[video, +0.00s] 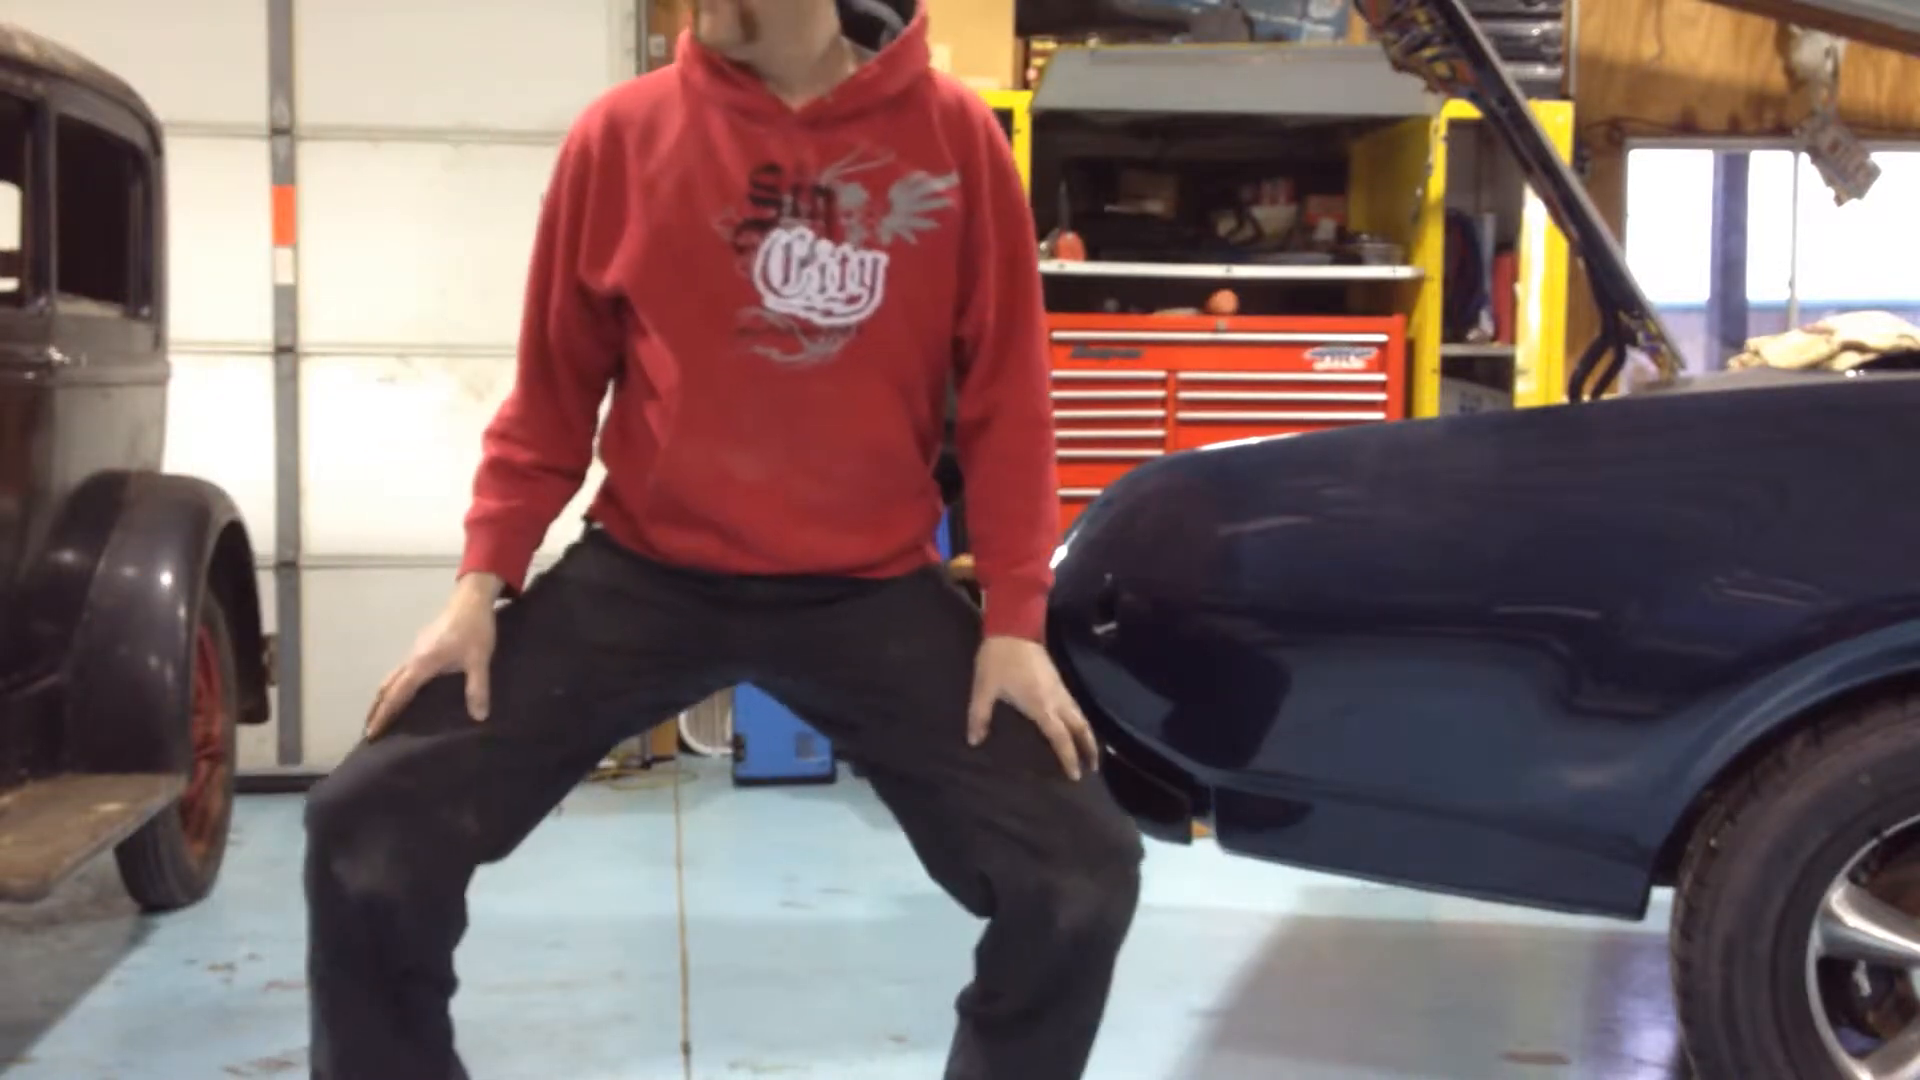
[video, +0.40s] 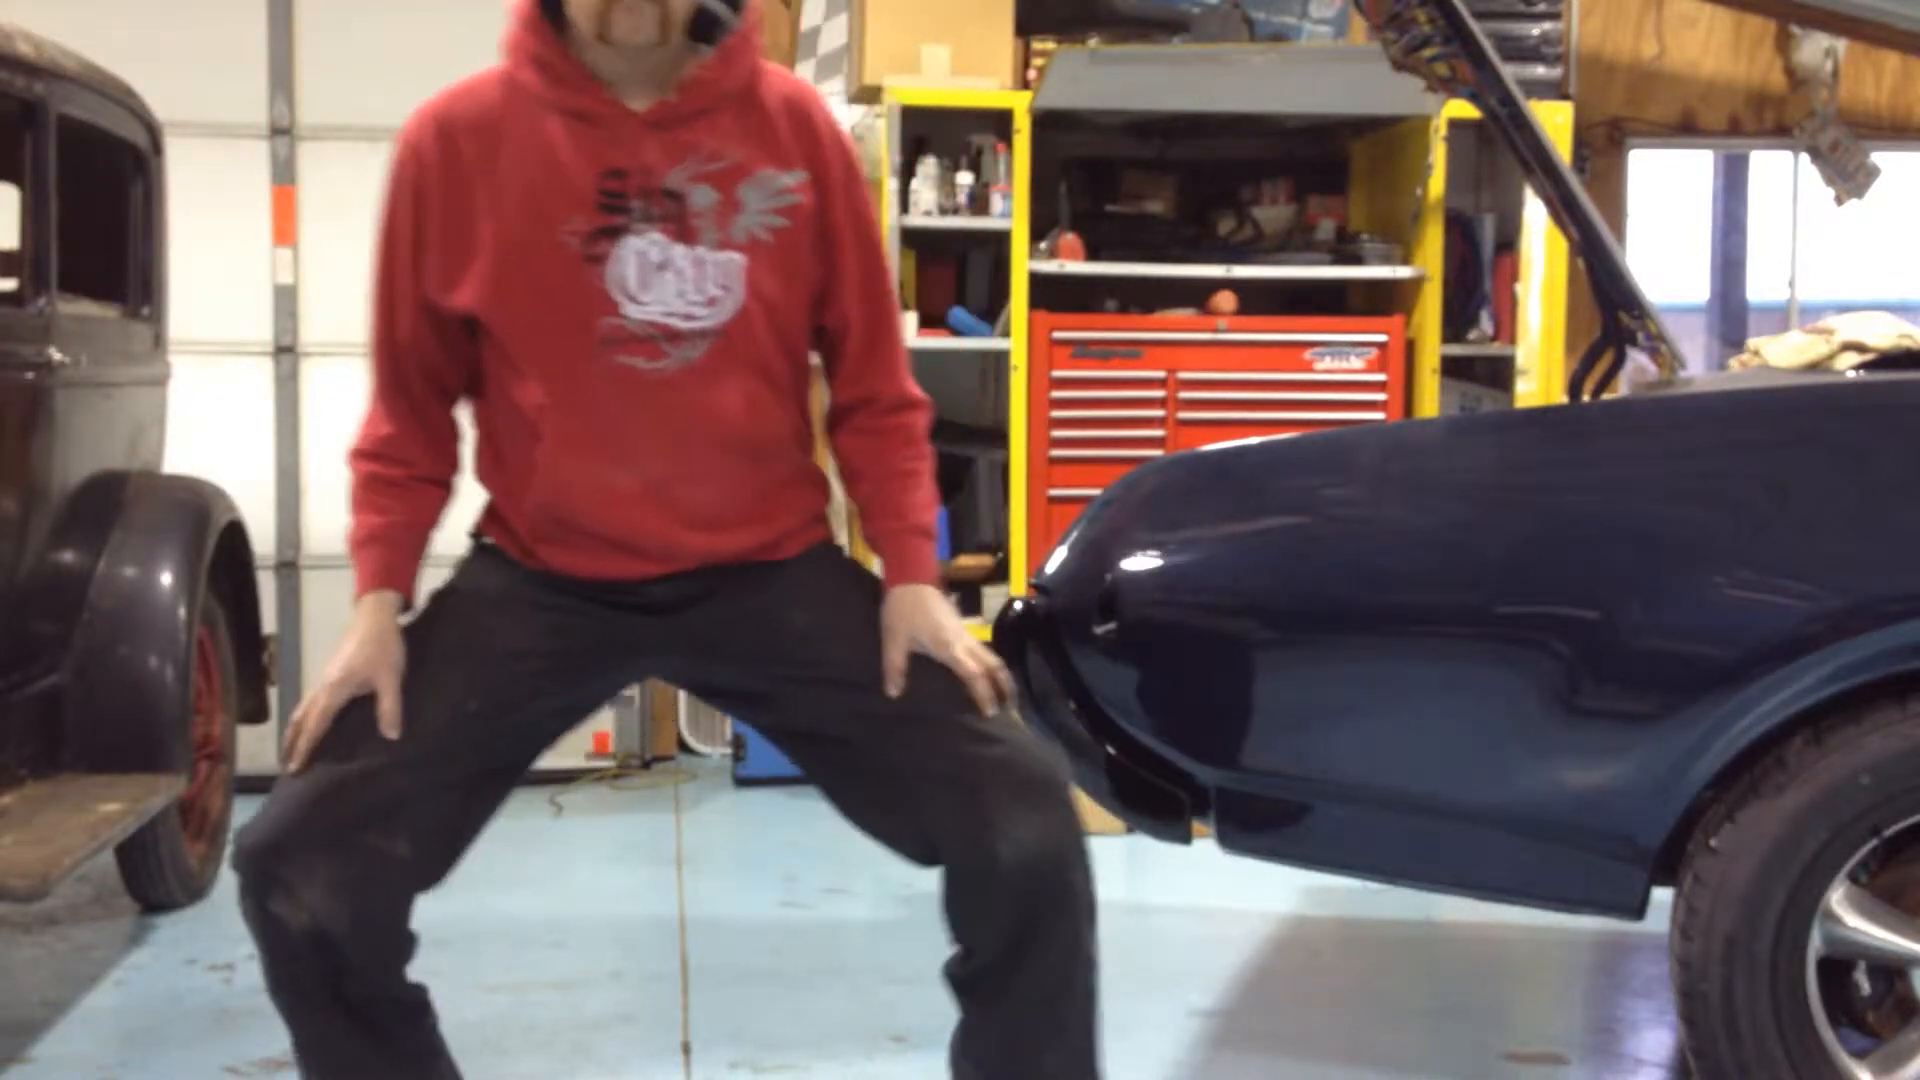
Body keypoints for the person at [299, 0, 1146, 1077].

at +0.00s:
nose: (705, 3)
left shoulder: (954, 135)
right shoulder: (624, 134)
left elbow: (1006, 389)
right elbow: (554, 384)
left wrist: (1016, 622)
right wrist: (480, 582)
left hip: (872, 595)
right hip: (643, 580)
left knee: (1081, 870)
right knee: (371, 825)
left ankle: (999, 1073)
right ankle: (393, 1072)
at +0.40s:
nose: (640, 11)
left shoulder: (793, 125)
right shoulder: (458, 143)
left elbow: (871, 373)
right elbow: (409, 401)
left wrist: (913, 572)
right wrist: (376, 600)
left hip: (770, 576)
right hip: (540, 582)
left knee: (1023, 822)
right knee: (305, 864)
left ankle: (1025, 1063)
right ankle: (398, 1067)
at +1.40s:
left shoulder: (969, 135)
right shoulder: (637, 123)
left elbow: (1026, 384)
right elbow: (566, 365)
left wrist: (1039, 601)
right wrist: (509, 561)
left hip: (892, 581)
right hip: (668, 564)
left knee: (1083, 857)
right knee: (401, 812)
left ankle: (985, 1073)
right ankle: (390, 1071)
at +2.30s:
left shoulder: (827, 110)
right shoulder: (499, 100)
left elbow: (908, 352)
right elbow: (429, 342)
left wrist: (932, 560)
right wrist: (396, 556)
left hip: (758, 551)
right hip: (536, 556)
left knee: (995, 810)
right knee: (351, 883)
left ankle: (990, 1065)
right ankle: (419, 1070)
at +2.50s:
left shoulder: (713, 55)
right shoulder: (375, 41)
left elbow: (845, 254)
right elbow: (265, 272)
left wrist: (924, 465)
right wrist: (260, 497)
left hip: (651, 500)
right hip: (433, 513)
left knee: (876, 780)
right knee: (351, 896)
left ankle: (893, 1067)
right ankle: (413, 1073)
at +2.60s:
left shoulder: (687, 36)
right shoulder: (342, 25)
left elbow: (837, 193)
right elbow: (258, 259)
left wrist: (1008, 354)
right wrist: (215, 489)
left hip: (607, 484)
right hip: (404, 487)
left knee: (789, 762)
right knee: (380, 905)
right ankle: (351, 1029)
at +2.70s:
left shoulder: (663, 32)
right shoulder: (316, 28)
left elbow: (825, 149)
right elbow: (240, 254)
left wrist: (1026, 267)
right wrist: (235, 485)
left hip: (586, 473)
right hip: (383, 479)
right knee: (375, 880)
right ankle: (295, 1059)